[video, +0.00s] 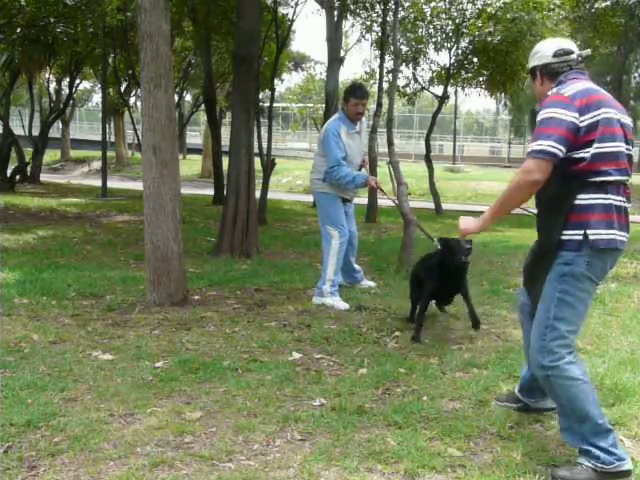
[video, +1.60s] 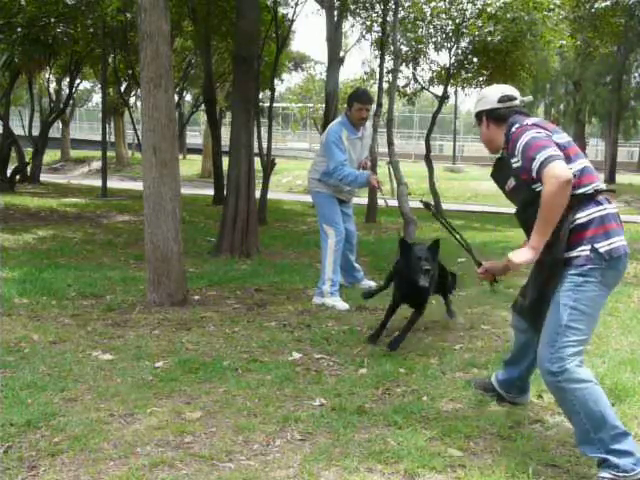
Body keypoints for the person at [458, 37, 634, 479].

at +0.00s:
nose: (533, 90)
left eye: (532, 81)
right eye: (533, 82)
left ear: (544, 76)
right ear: (574, 70)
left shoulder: (565, 97)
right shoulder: (608, 101)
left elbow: (534, 174)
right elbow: (625, 171)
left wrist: (484, 221)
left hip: (585, 236)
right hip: (598, 231)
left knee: (551, 348)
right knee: (531, 301)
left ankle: (605, 456)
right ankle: (535, 391)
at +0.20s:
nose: (520, 96)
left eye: (520, 89)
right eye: (519, 89)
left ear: (529, 83)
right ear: (562, 78)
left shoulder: (543, 107)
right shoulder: (600, 113)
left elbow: (492, 173)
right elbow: (618, 185)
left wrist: (438, 197)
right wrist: (582, 216)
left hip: (566, 237)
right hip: (591, 236)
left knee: (540, 349)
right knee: (535, 302)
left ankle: (604, 455)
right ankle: (520, 386)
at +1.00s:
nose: (494, 109)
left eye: (494, 103)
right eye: (493, 103)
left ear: (504, 97)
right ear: (536, 92)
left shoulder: (511, 125)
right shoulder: (576, 124)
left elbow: (452, 173)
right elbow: (599, 193)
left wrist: (405, 172)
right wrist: (562, 217)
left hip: (546, 245)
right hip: (579, 244)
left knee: (516, 350)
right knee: (507, 300)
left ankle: (569, 456)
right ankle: (509, 382)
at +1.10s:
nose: (487, 117)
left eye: (487, 110)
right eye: (487, 110)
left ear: (496, 107)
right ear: (524, 101)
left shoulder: (510, 130)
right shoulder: (551, 128)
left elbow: (466, 187)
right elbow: (561, 200)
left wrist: (416, 195)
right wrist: (509, 228)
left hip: (551, 247)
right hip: (577, 245)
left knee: (516, 350)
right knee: (506, 294)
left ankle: (568, 453)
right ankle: (505, 383)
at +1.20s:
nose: (478, 139)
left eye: (478, 131)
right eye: (478, 132)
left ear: (487, 127)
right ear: (510, 121)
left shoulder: (510, 139)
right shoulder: (525, 138)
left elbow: (507, 197)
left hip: (569, 246)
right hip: (554, 245)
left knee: (517, 339)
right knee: (498, 303)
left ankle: (564, 449)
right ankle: (503, 383)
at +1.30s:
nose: (470, 151)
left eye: (470, 143)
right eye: (468, 144)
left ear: (480, 137)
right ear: (489, 139)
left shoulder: (514, 143)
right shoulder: (498, 175)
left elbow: (551, 184)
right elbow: (483, 232)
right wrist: (451, 264)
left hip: (580, 249)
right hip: (550, 253)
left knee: (531, 341)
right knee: (498, 307)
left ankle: (589, 452)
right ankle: (506, 385)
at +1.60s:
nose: (480, 136)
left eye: (479, 126)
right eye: (479, 127)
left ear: (490, 121)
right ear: (502, 119)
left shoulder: (525, 132)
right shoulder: (519, 152)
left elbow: (558, 177)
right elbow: (543, 228)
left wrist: (533, 246)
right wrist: (505, 265)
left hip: (593, 249)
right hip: (566, 251)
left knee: (558, 360)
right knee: (527, 317)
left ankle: (622, 461)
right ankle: (511, 385)